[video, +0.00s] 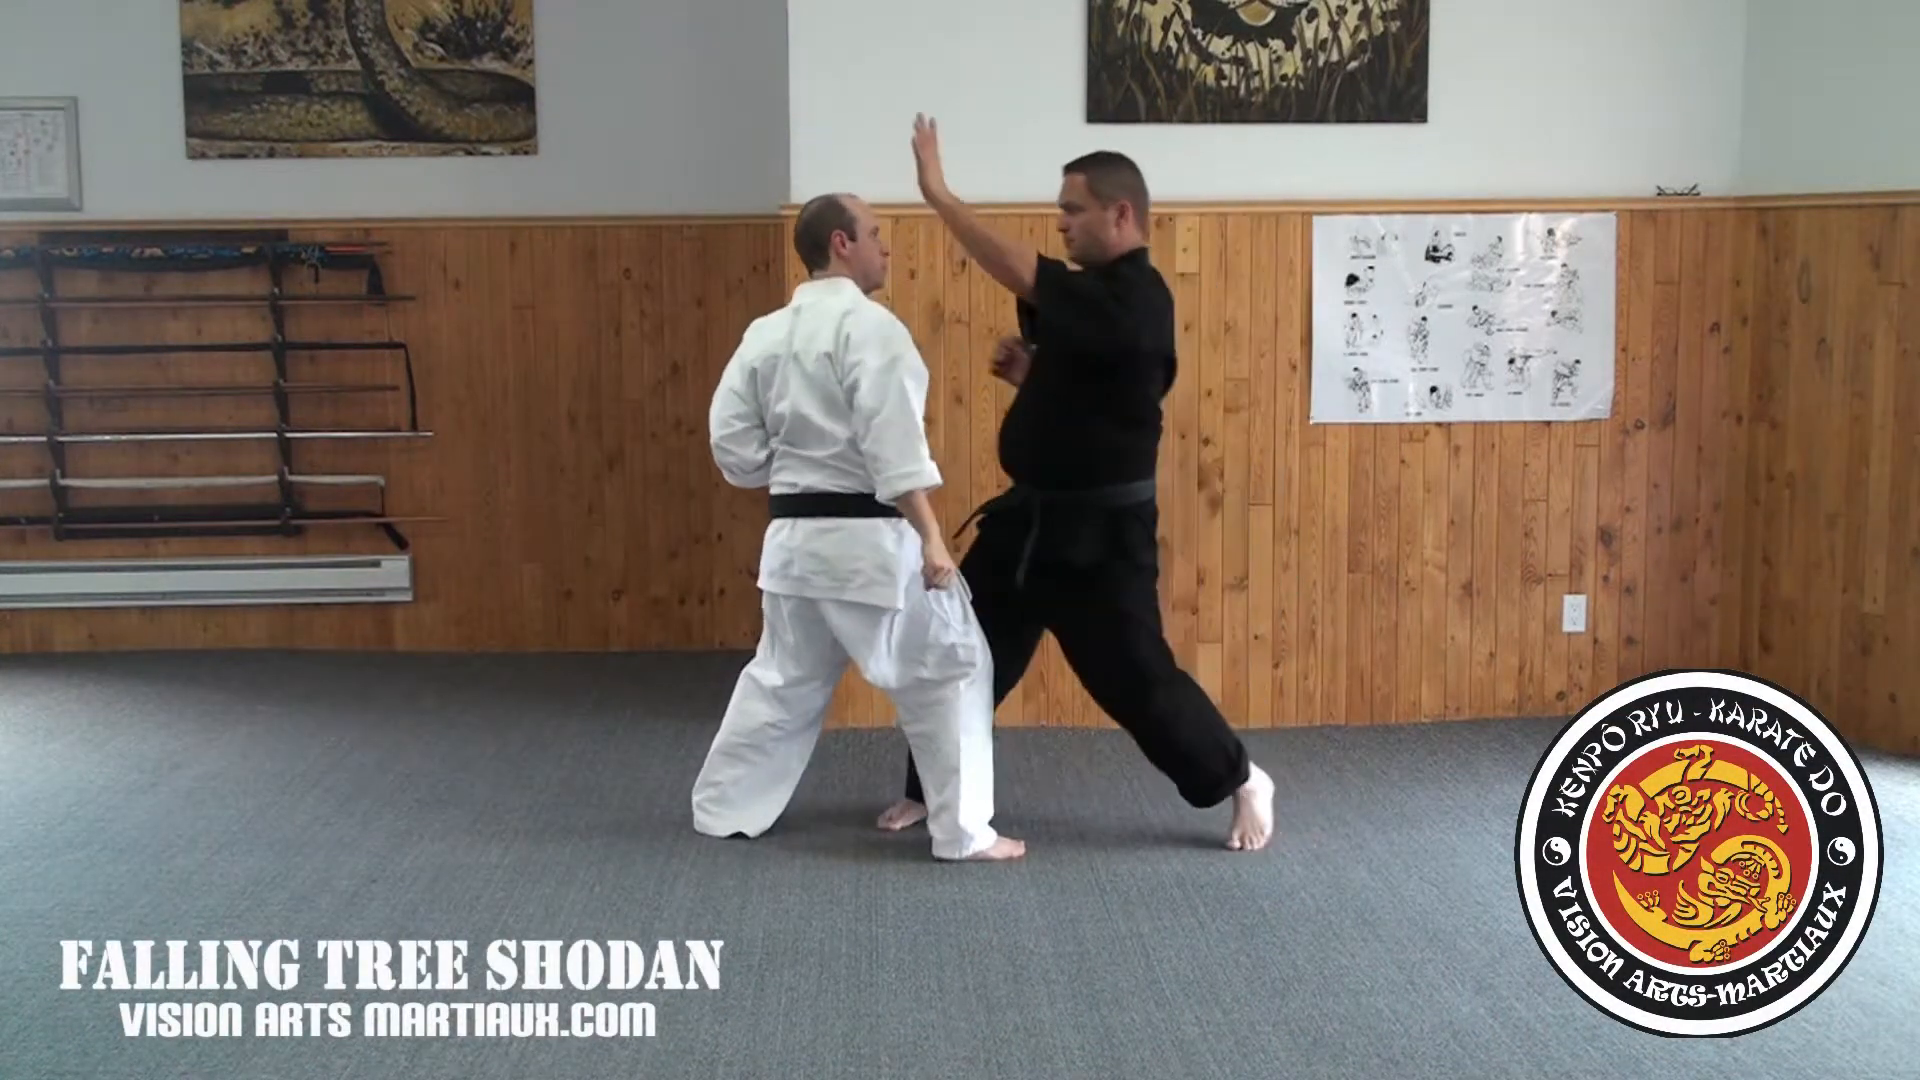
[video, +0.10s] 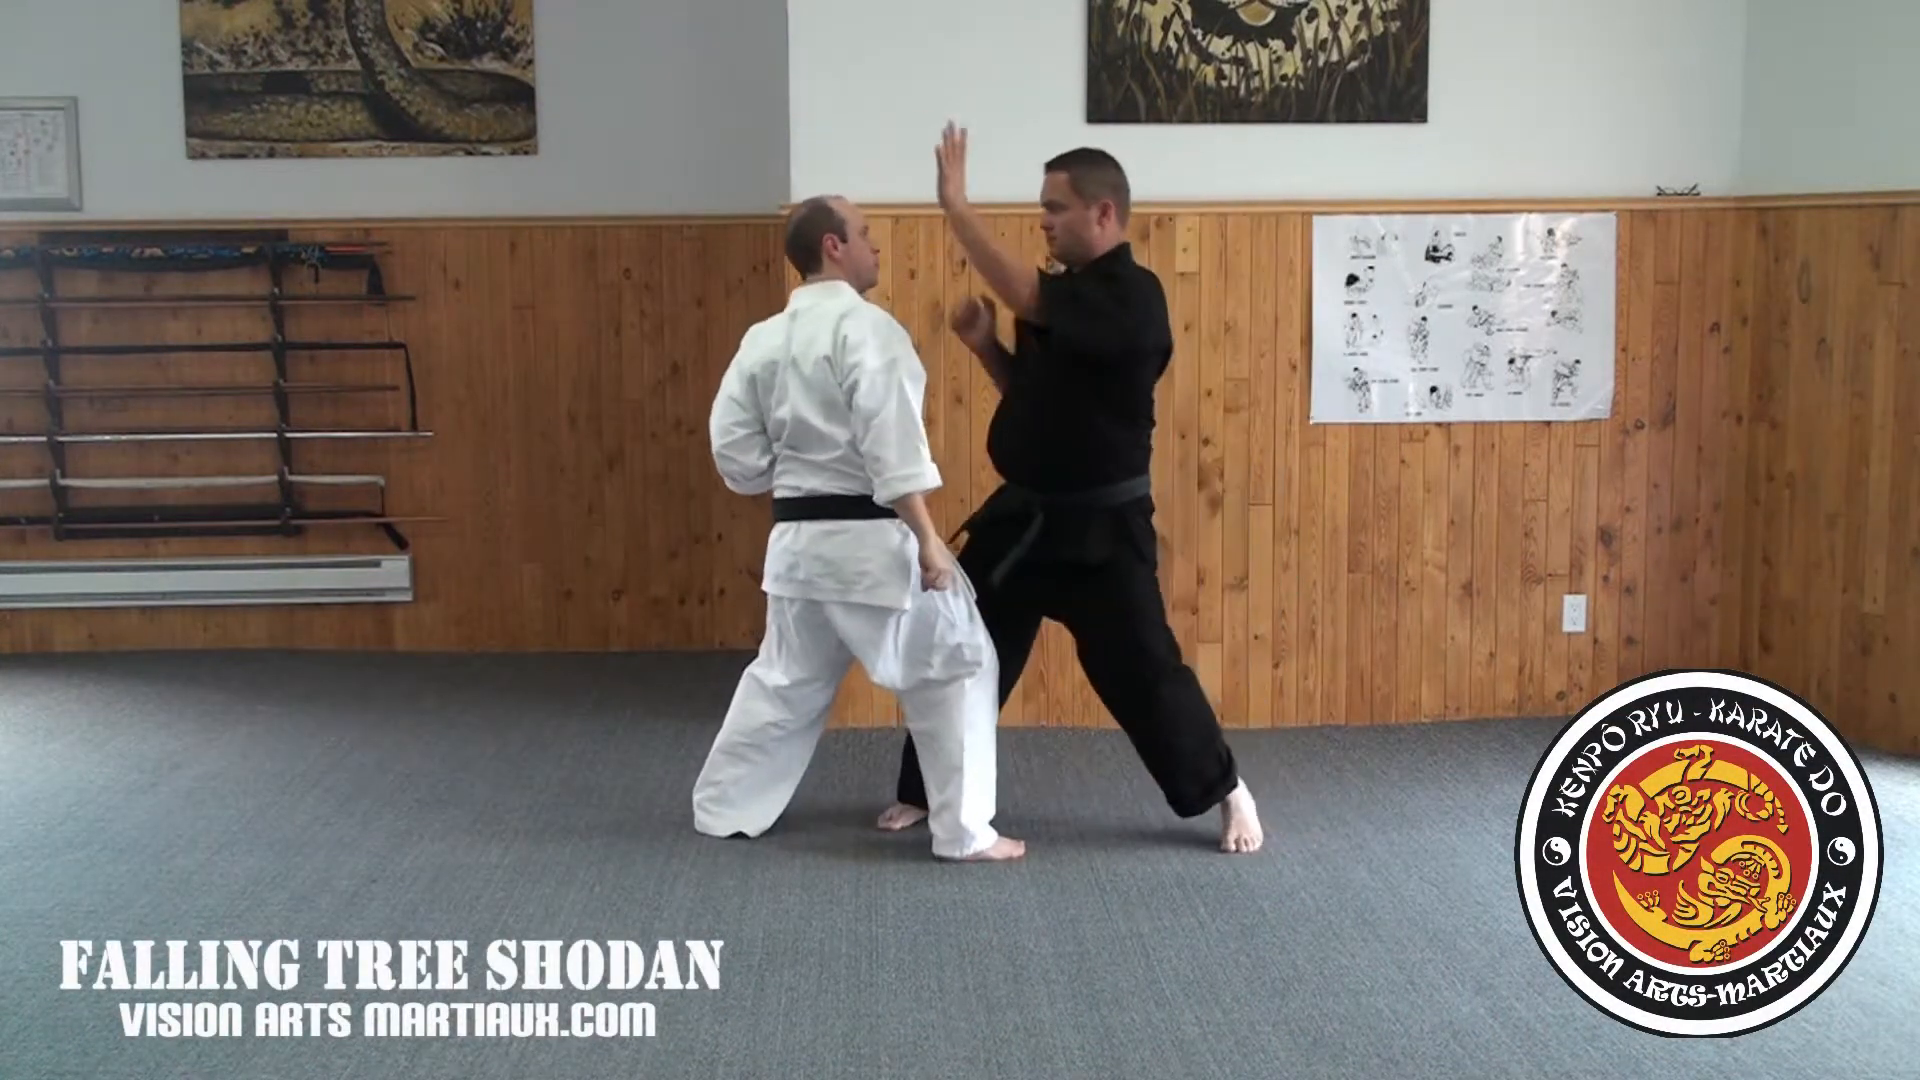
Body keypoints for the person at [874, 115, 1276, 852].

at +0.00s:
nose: (1061, 224)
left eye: (1073, 210)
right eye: (1061, 211)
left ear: (1123, 215)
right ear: (1105, 216)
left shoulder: (1135, 295)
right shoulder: (1089, 292)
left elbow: (1023, 275)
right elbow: (1104, 387)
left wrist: (939, 197)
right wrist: (1032, 370)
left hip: (1101, 515)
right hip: (1033, 508)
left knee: (1132, 670)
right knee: (961, 653)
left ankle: (1241, 781)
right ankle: (932, 794)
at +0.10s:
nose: (1043, 220)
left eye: (1055, 207)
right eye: (1043, 207)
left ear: (1104, 214)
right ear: (1088, 215)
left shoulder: (1131, 293)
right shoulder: (1060, 291)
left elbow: (1025, 293)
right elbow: (1036, 395)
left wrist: (955, 206)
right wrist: (989, 347)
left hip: (1102, 515)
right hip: (1023, 508)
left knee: (1142, 664)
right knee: (957, 648)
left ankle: (1227, 790)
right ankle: (922, 795)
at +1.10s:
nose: (998, 255)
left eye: (1010, 245)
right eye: (996, 243)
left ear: (1059, 246)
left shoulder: (1111, 315)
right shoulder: (991, 315)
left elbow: (1069, 408)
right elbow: (879, 317)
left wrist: (991, 373)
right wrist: (943, 257)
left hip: (1108, 539)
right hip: (1014, 536)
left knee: (1163, 683)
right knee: (941, 662)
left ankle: (1244, 804)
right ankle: (913, 790)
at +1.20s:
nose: (993, 253)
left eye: (1006, 242)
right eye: (992, 240)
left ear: (1055, 244)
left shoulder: (1107, 311)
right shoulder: (984, 316)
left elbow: (1075, 405)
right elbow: (877, 339)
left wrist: (990, 376)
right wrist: (914, 276)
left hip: (1109, 536)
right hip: (1014, 535)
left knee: (1165, 679)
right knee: (942, 661)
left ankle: (1245, 803)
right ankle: (913, 790)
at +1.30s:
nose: (994, 247)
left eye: (1006, 235)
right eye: (992, 234)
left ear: (1056, 236)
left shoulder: (1108, 306)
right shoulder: (982, 306)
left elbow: (1074, 403)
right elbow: (872, 331)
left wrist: (988, 367)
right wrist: (902, 268)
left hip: (1106, 528)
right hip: (1011, 526)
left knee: (1167, 665)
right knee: (942, 654)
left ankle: (1252, 798)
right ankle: (914, 791)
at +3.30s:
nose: (1049, 242)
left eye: (1062, 228)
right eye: (1046, 229)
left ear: (1110, 229)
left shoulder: (1174, 308)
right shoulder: (1033, 307)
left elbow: (1173, 417)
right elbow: (922, 321)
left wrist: (1074, 384)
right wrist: (830, 317)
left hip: (1142, 530)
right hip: (1043, 526)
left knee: (1197, 669)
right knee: (973, 653)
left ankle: (1257, 796)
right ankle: (946, 785)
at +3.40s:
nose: (1050, 236)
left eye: (1063, 223)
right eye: (1047, 223)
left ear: (1111, 223)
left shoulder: (1185, 308)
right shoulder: (1030, 306)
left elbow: (1203, 413)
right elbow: (923, 335)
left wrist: (1106, 379)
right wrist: (842, 327)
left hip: (1146, 528)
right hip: (1046, 524)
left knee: (1198, 668)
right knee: (978, 655)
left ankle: (1258, 798)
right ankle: (949, 787)